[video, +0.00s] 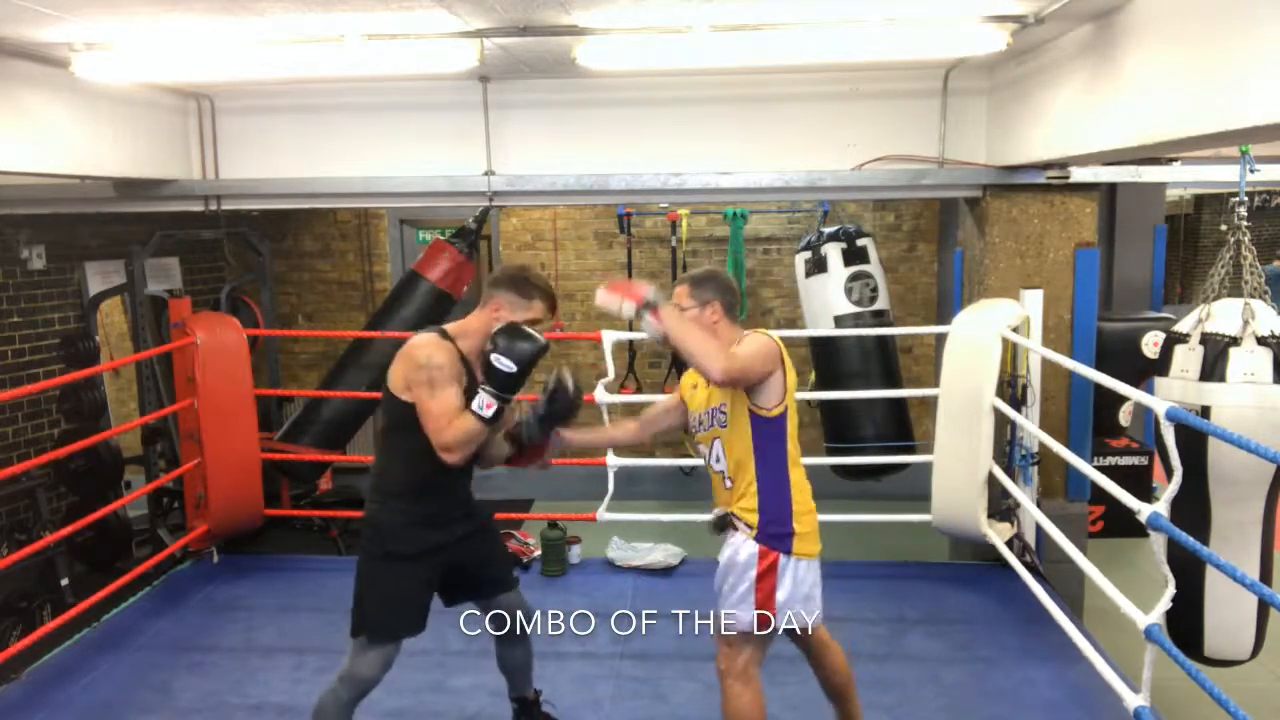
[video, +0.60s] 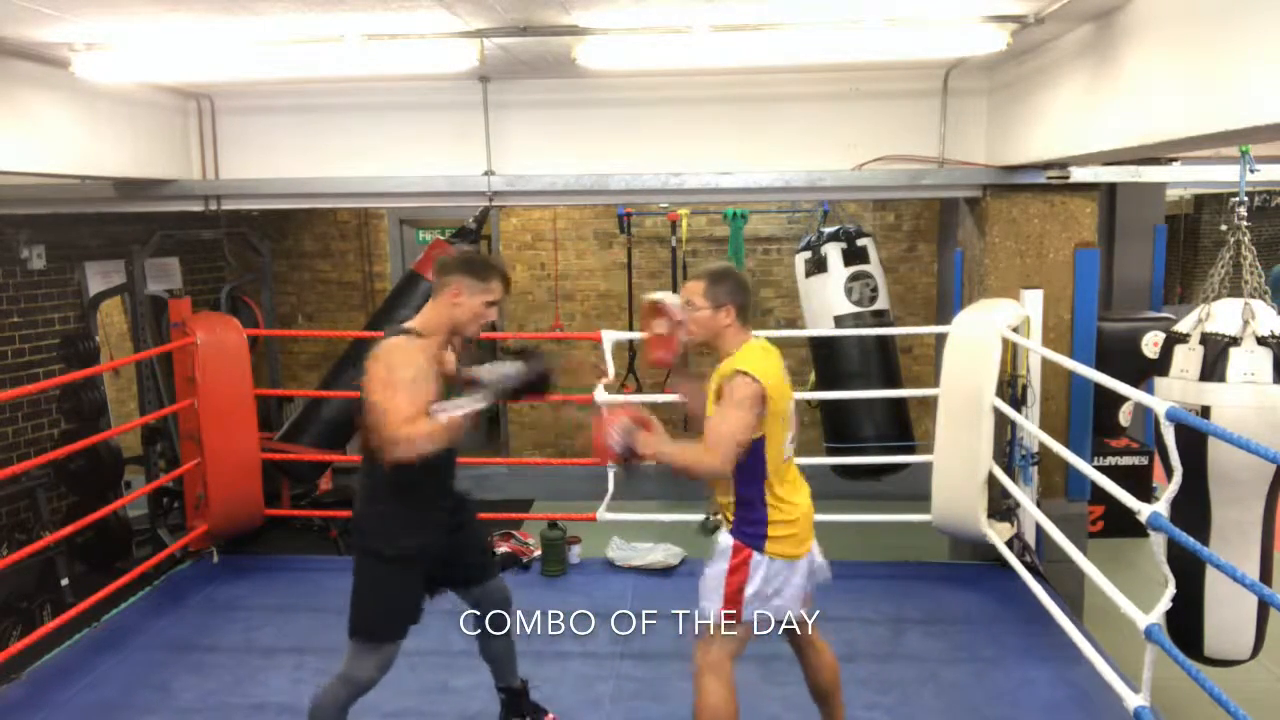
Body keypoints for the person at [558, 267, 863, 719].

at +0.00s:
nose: (673, 322)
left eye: (682, 310)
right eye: (671, 314)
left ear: (713, 311)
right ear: (709, 315)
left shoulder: (763, 346)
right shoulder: (695, 381)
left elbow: (722, 368)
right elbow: (639, 428)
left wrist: (656, 309)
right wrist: (560, 435)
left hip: (770, 534)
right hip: (760, 532)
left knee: (737, 665)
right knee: (811, 634)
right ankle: (852, 716)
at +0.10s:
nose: (680, 317)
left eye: (687, 306)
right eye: (679, 308)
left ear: (717, 308)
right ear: (717, 310)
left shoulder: (755, 343)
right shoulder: (721, 362)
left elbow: (700, 355)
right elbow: (700, 443)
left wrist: (652, 284)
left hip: (760, 531)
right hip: (771, 525)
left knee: (736, 665)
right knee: (804, 639)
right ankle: (831, 716)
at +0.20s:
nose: (687, 312)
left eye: (696, 302)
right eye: (689, 302)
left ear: (730, 305)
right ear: (732, 306)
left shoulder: (743, 349)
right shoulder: (767, 346)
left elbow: (667, 384)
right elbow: (751, 445)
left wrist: (610, 342)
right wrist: (683, 472)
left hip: (758, 529)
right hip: (791, 521)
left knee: (732, 661)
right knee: (804, 630)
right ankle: (836, 715)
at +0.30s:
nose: (695, 311)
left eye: (705, 301)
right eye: (696, 301)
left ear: (741, 304)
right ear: (744, 306)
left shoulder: (750, 354)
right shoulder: (780, 350)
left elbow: (683, 400)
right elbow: (764, 440)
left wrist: (611, 370)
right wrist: (699, 444)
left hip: (760, 529)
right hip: (800, 521)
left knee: (721, 652)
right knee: (805, 628)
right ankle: (837, 716)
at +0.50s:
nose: (691, 311)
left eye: (700, 301)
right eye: (691, 301)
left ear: (736, 308)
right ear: (740, 310)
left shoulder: (732, 364)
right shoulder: (785, 352)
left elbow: (665, 420)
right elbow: (743, 420)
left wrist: (596, 393)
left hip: (756, 537)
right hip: (806, 527)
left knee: (723, 660)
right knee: (810, 633)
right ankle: (837, 717)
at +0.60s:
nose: (683, 317)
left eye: (692, 307)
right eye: (684, 306)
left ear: (725, 314)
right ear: (726, 314)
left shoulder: (742, 376)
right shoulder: (761, 355)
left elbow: (718, 460)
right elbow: (724, 421)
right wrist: (674, 374)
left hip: (758, 537)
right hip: (790, 528)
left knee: (713, 659)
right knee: (802, 632)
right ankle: (835, 716)